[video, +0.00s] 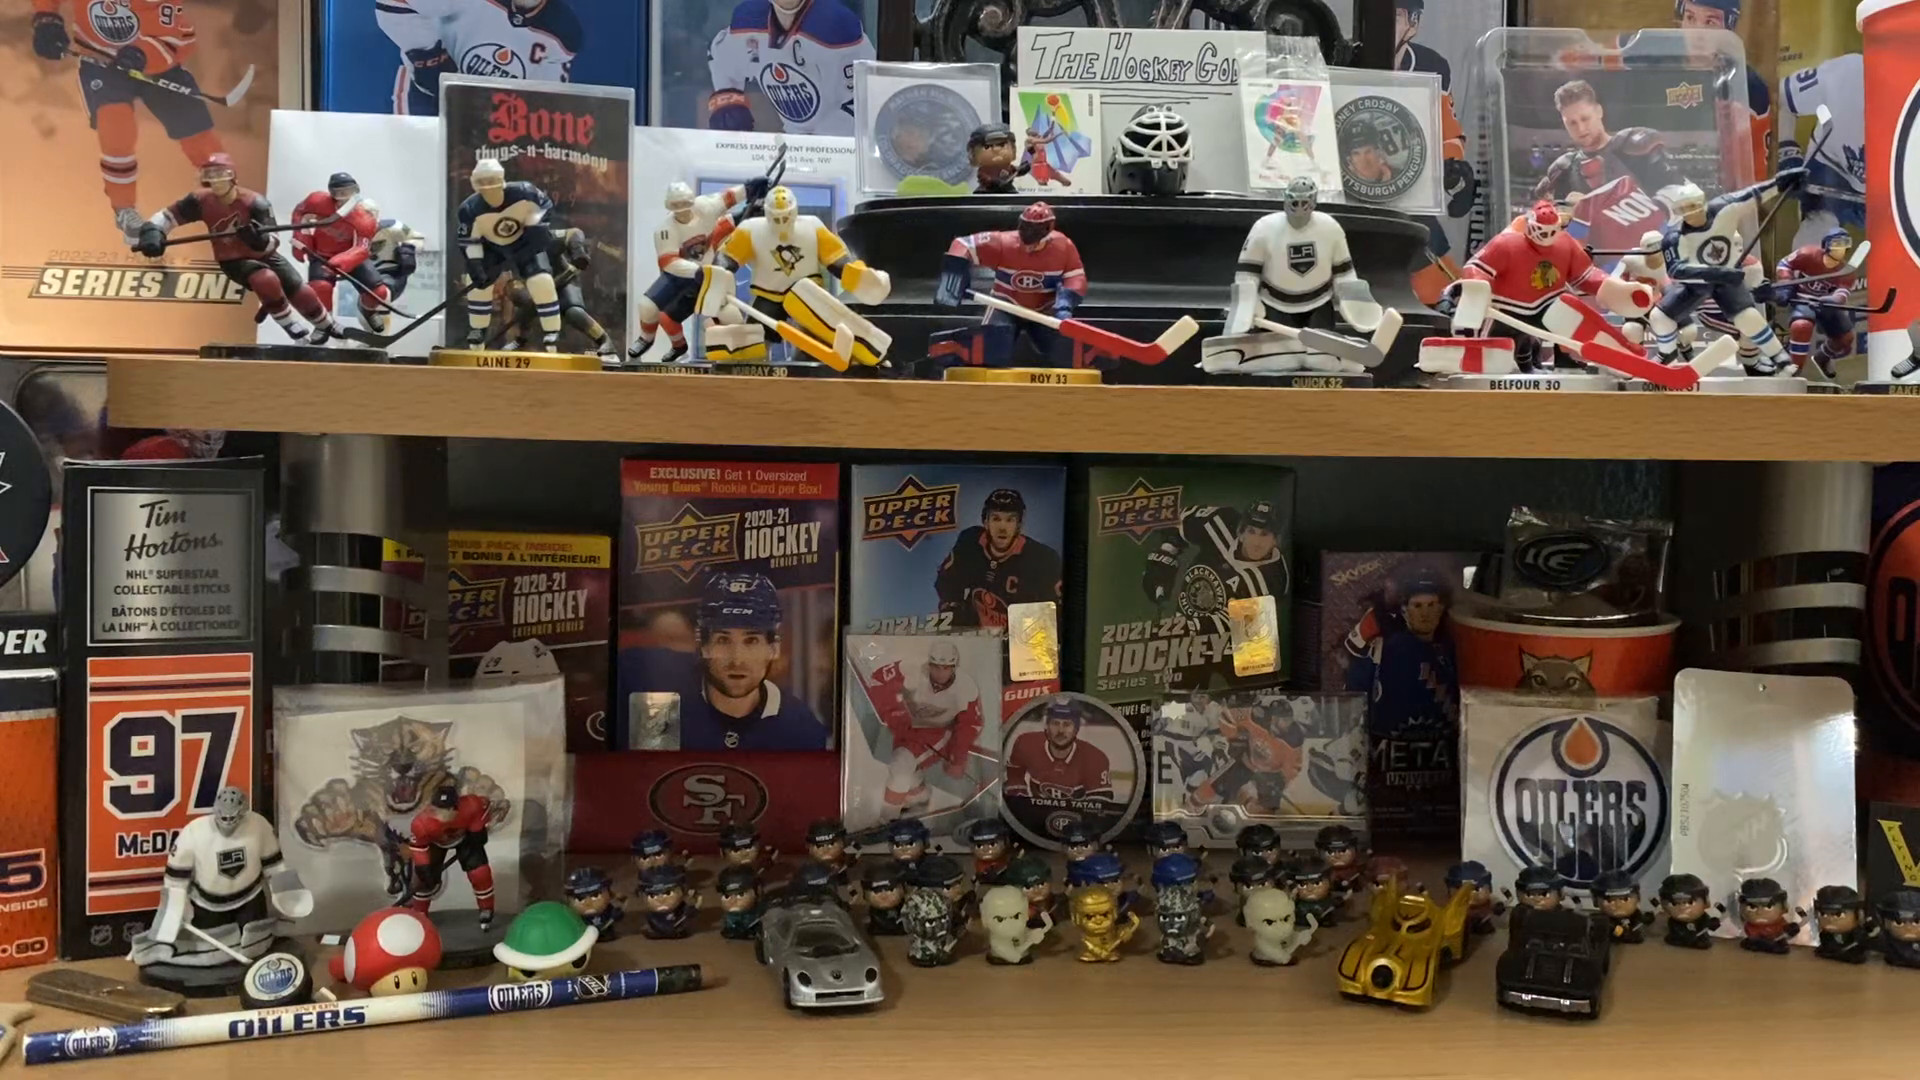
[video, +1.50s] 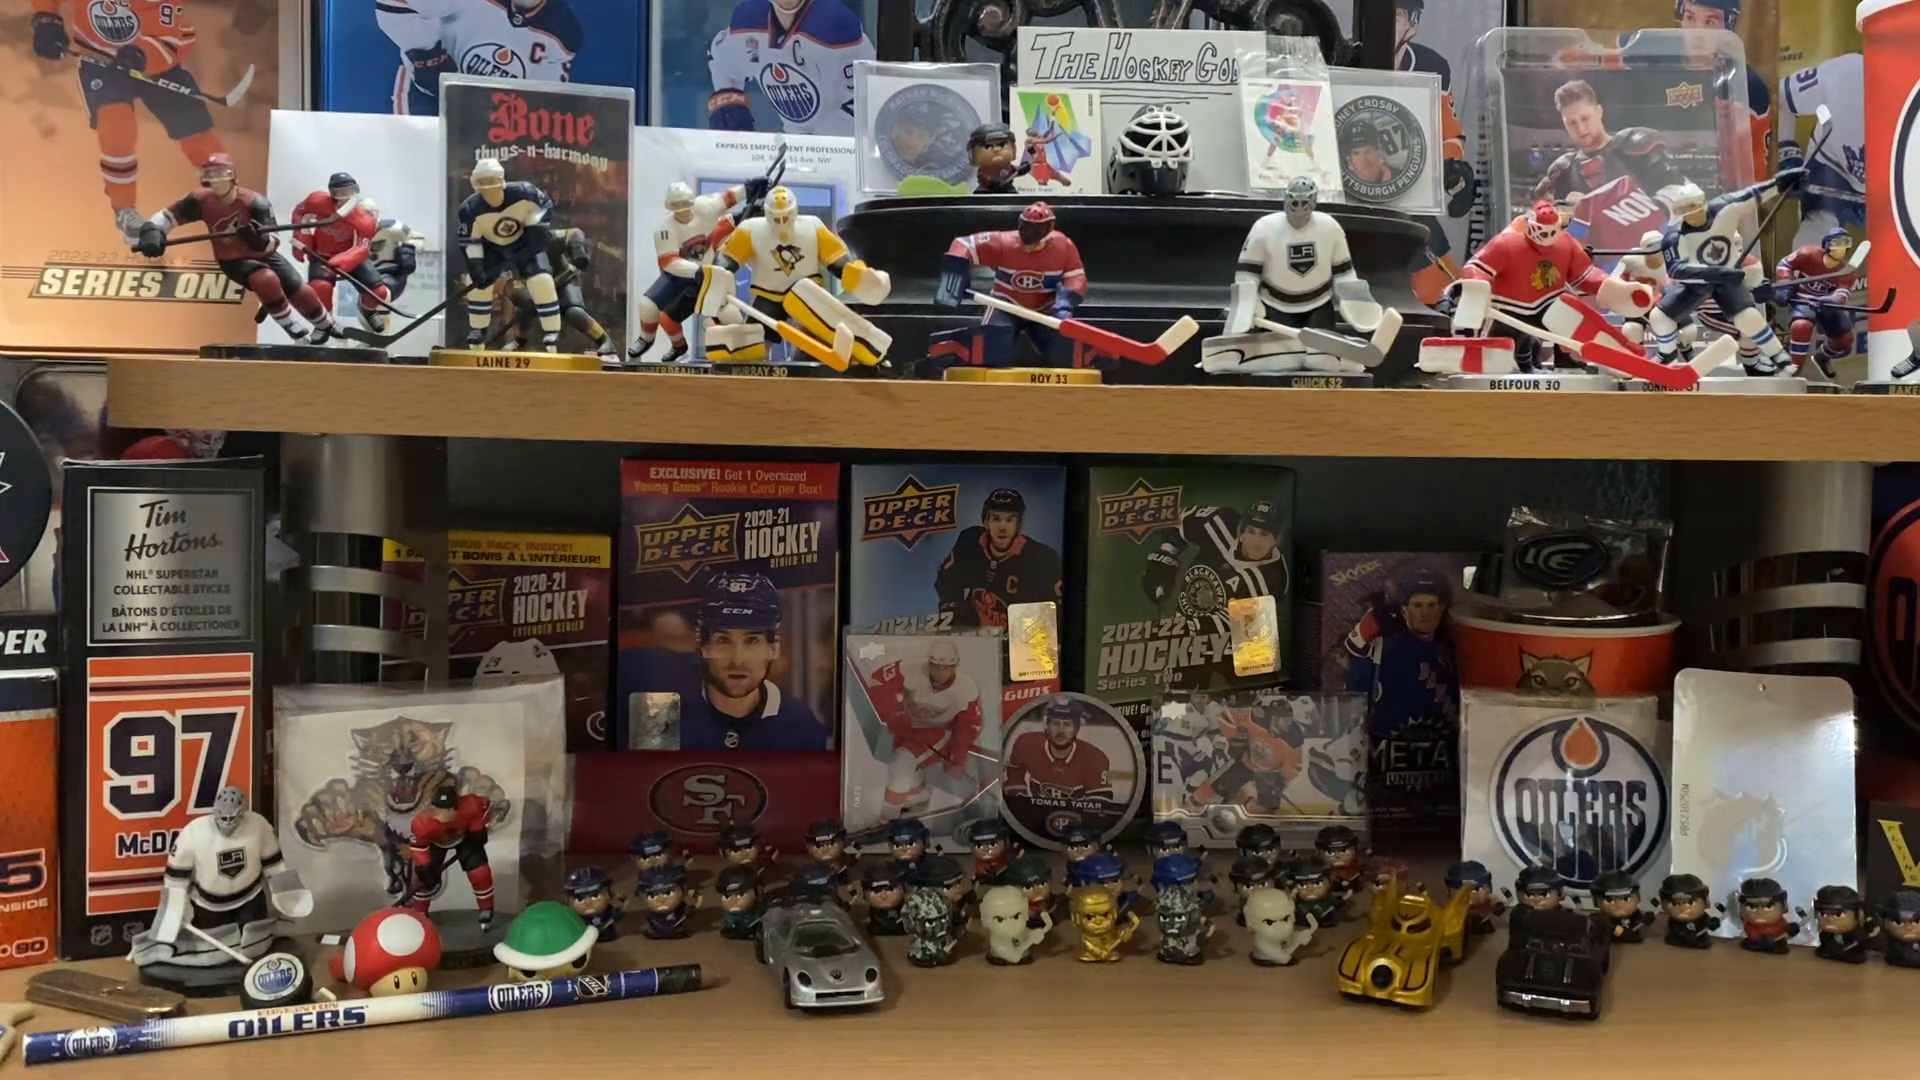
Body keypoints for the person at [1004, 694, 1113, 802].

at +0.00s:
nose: (1060, 730)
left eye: (1067, 724)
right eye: (1055, 724)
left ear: (1076, 729)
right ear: (1047, 726)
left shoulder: (1095, 758)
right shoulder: (1025, 744)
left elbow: (1099, 802)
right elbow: (1014, 780)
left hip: (1075, 817)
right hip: (1033, 813)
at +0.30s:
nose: (1060, 730)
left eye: (1067, 724)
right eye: (1055, 724)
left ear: (1076, 729)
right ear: (1047, 726)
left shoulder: (1095, 758)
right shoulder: (1026, 744)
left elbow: (1100, 801)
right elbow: (1014, 778)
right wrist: (1023, 806)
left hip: (1075, 818)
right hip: (1034, 813)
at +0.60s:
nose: (1060, 730)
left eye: (1067, 724)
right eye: (1055, 724)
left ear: (1076, 729)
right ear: (1046, 727)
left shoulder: (1095, 758)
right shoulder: (1025, 744)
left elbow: (1100, 801)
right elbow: (1014, 777)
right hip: (1034, 813)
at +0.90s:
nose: (1060, 730)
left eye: (1066, 724)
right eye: (1055, 724)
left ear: (1076, 729)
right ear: (1046, 727)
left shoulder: (1095, 758)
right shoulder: (1025, 744)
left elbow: (1100, 801)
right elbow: (1014, 777)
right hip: (1034, 813)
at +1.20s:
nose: (1060, 730)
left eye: (1066, 724)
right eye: (1055, 724)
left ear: (1076, 729)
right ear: (1046, 726)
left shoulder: (1095, 758)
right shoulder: (1025, 744)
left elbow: (1099, 803)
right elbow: (1014, 779)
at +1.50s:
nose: (1060, 730)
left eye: (1067, 724)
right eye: (1055, 724)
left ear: (1076, 729)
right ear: (1047, 726)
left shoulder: (1095, 758)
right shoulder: (1025, 744)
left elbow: (1099, 801)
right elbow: (1014, 778)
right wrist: (1023, 807)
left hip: (1075, 817)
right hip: (1034, 812)